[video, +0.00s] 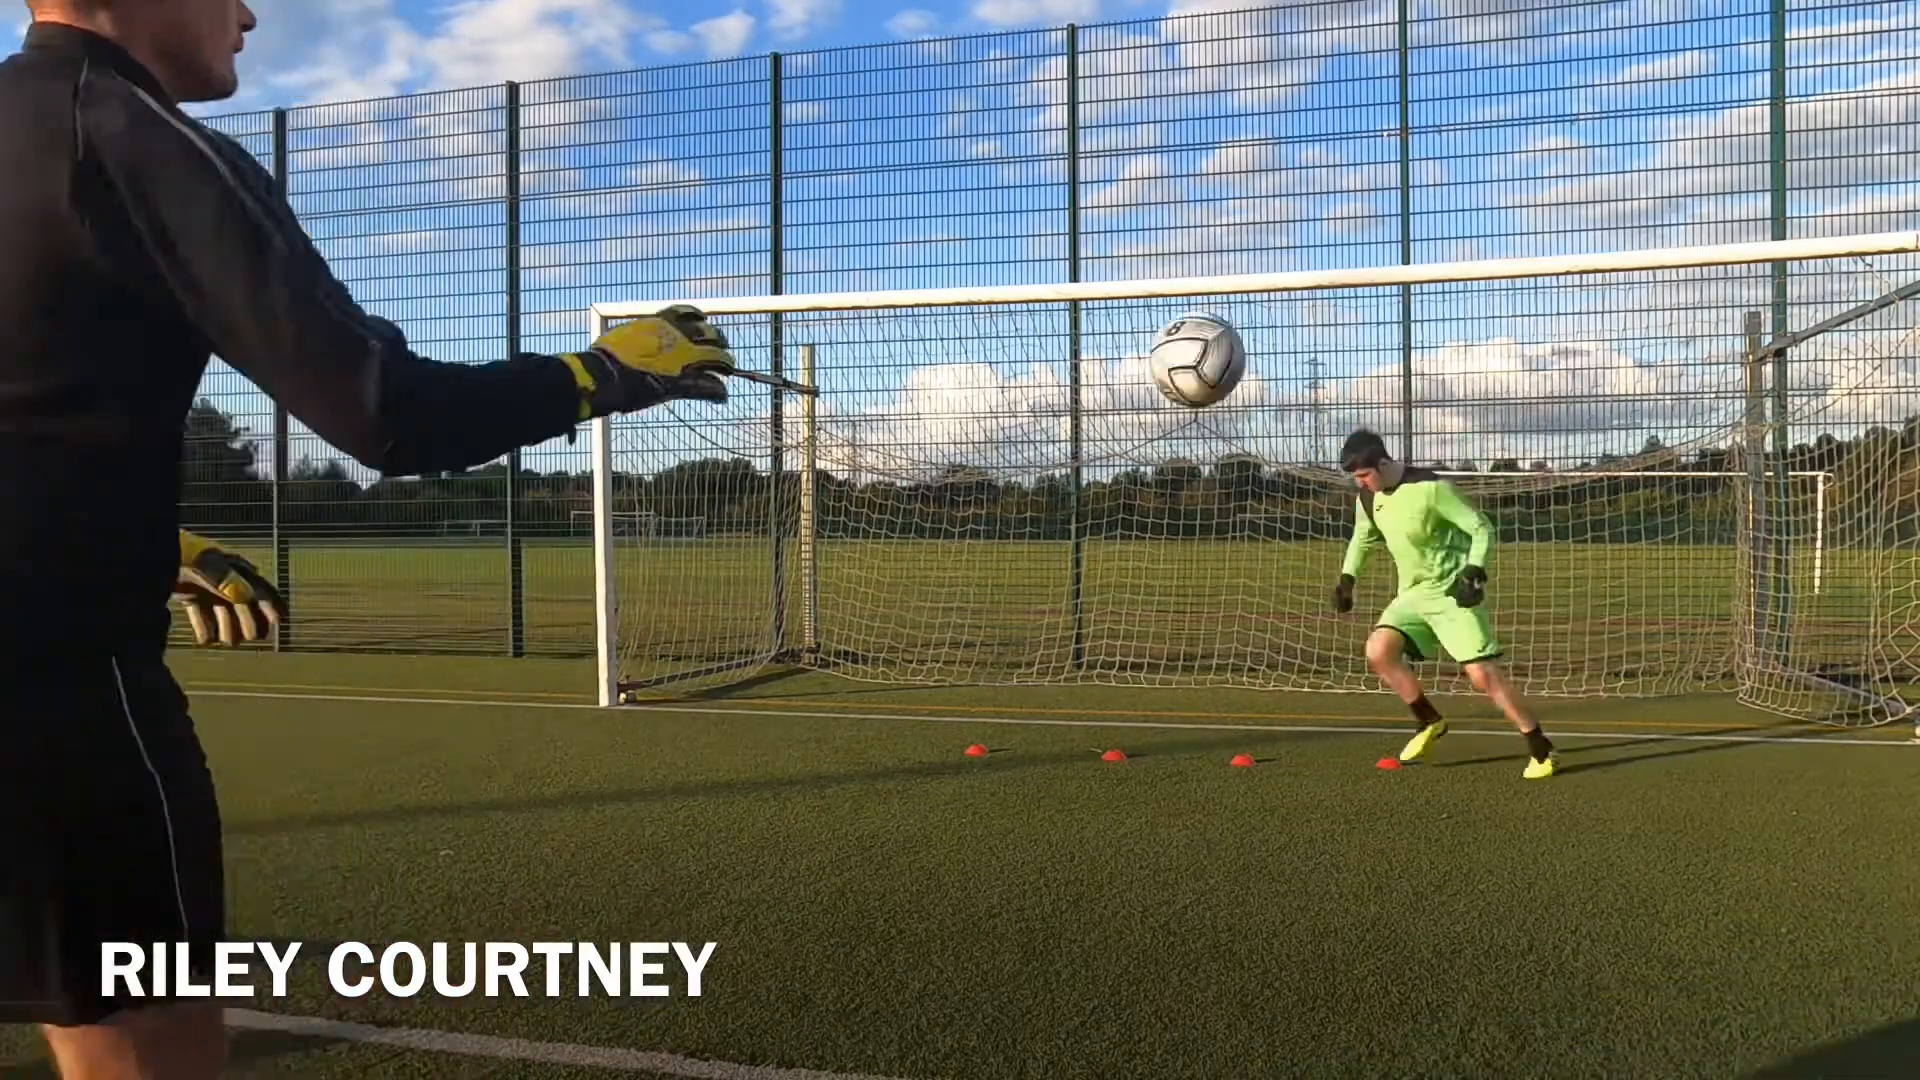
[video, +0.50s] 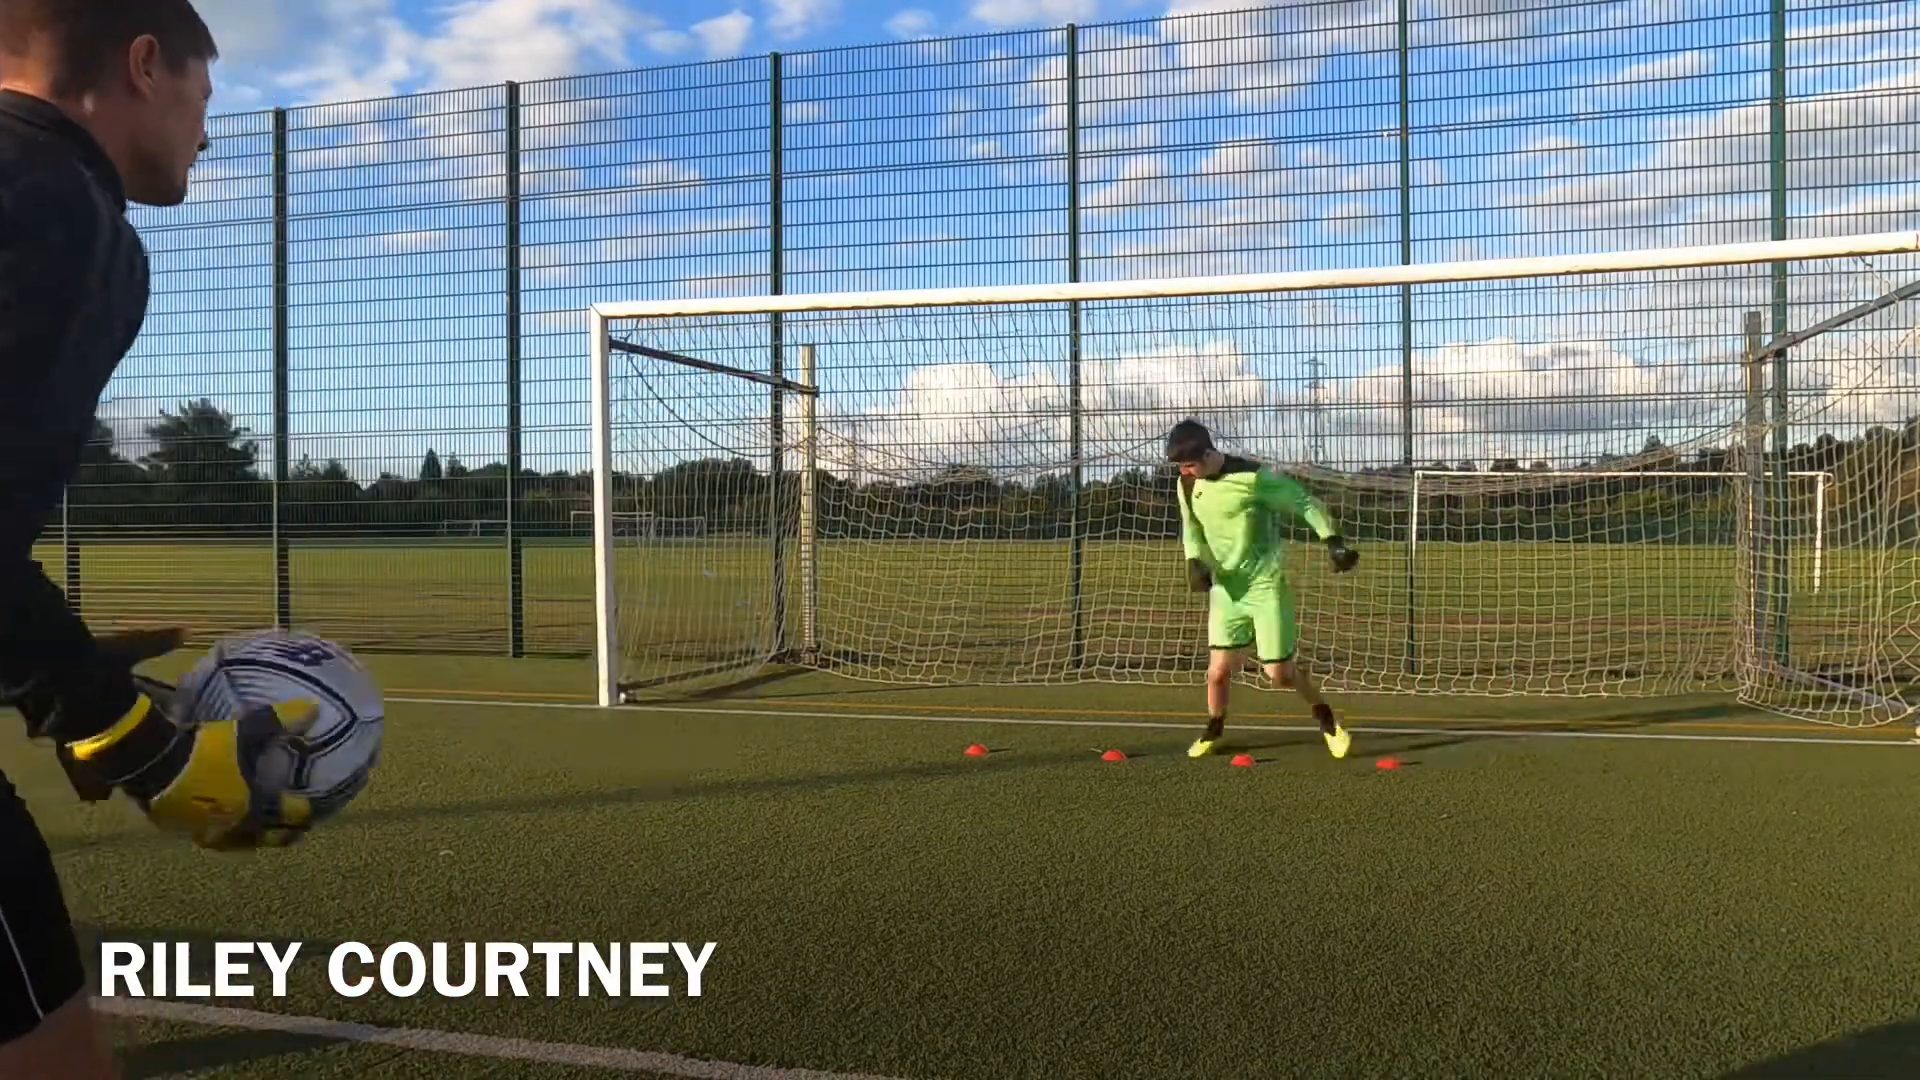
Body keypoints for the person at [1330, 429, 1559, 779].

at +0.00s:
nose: (1360, 483)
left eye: (1364, 474)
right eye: (1355, 477)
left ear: (1383, 462)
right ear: (1355, 474)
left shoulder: (1431, 489)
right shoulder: (1367, 498)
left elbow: (1481, 528)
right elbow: (1363, 537)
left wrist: (1474, 571)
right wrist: (1346, 579)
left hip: (1452, 592)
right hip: (1410, 597)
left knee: (1482, 674)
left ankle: (1542, 749)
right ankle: (1430, 721)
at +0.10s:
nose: (1333, 480)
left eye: (1338, 471)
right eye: (1329, 473)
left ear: (1358, 460)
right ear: (1328, 471)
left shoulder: (1405, 490)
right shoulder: (1335, 493)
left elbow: (1448, 529)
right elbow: (1323, 530)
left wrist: (1436, 568)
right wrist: (1305, 570)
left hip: (1419, 596)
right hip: (1372, 599)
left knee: (1462, 669)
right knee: (1357, 656)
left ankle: (1526, 740)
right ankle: (1372, 751)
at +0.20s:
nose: (1304, 477)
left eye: (1309, 469)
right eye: (1299, 471)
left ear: (1329, 458)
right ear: (1296, 467)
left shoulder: (1371, 485)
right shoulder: (1301, 487)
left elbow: (1411, 530)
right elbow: (1284, 520)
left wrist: (1398, 563)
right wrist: (1278, 558)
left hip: (1384, 580)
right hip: (1338, 587)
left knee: (1415, 649)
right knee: (1355, 654)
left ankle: (1434, 714)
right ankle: (1374, 752)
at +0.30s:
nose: (1264, 473)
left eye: (1269, 465)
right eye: (1259, 466)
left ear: (1288, 455)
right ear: (1256, 464)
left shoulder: (1333, 480)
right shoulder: (1263, 483)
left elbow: (1374, 524)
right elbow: (1261, 517)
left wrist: (1366, 562)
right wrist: (1254, 557)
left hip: (1349, 567)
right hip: (1306, 573)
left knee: (1363, 660)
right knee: (1319, 644)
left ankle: (1364, 714)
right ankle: (1334, 734)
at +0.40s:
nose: (1226, 475)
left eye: (1231, 468)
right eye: (1221, 469)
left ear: (1251, 458)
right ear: (1218, 466)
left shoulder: (1293, 486)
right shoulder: (1229, 487)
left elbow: (1343, 519)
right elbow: (1232, 523)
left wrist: (1349, 564)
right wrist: (1227, 565)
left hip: (1313, 584)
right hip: (1269, 584)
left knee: (1328, 665)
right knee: (1261, 653)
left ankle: (1347, 733)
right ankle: (1268, 709)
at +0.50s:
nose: (1183, 470)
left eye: (1189, 463)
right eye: (1179, 465)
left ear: (1208, 452)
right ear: (1178, 462)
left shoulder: (1252, 478)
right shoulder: (1189, 484)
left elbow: (1303, 501)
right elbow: (1191, 525)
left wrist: (1332, 540)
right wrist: (1195, 559)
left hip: (1265, 585)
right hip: (1224, 588)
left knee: (1279, 673)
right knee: (1218, 671)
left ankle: (1325, 717)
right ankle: (1214, 732)